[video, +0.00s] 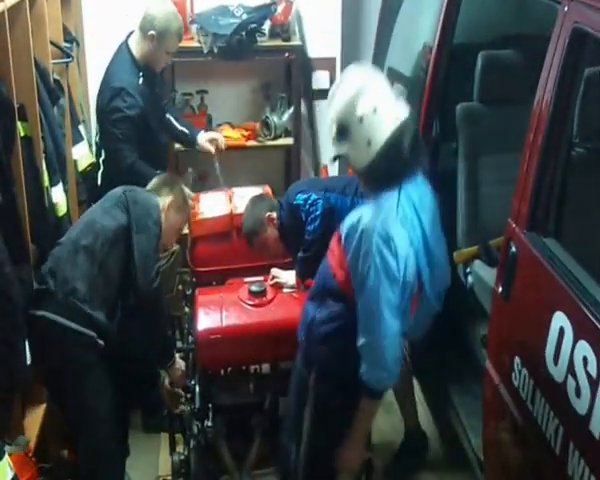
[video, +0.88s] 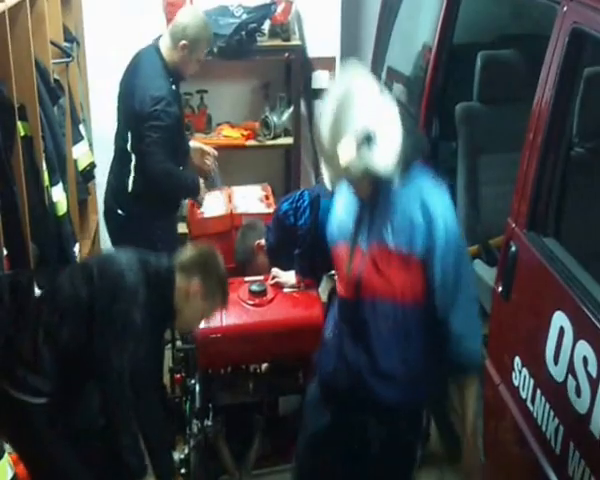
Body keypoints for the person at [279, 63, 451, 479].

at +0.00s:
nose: (339, 153)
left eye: (342, 139)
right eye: (338, 140)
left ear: (361, 139)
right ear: (393, 126)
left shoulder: (376, 229)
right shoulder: (415, 186)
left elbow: (383, 355)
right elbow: (438, 281)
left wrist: (358, 441)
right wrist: (402, 335)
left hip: (337, 362)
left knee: (318, 461)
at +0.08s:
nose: (337, 146)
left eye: (338, 135)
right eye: (336, 135)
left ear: (350, 139)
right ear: (390, 116)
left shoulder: (381, 216)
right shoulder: (407, 169)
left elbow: (370, 343)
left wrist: (334, 428)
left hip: (339, 354)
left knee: (317, 454)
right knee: (337, 441)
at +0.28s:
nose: (316, 119)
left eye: (315, 106)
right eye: (311, 108)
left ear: (333, 94)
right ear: (358, 80)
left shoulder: (380, 179)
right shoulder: (374, 146)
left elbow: (363, 321)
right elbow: (346, 237)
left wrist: (302, 394)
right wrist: (295, 289)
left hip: (376, 354)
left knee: (362, 457)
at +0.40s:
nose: (300, 157)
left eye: (305, 142)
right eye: (299, 144)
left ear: (329, 130)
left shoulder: (378, 197)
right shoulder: (341, 189)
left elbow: (362, 331)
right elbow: (312, 268)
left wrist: (292, 411)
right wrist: (262, 323)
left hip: (404, 359)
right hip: (366, 348)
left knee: (395, 463)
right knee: (359, 457)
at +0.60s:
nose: (309, 175)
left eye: (314, 161)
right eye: (306, 163)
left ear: (340, 145)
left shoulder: (392, 207)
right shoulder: (338, 196)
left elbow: (394, 339)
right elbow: (313, 284)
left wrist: (346, 443)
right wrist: (273, 349)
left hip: (394, 381)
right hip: (354, 366)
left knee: (386, 470)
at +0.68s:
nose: (324, 146)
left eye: (328, 132)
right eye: (316, 135)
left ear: (358, 110)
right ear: (310, 123)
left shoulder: (408, 167)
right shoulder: (336, 175)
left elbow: (432, 303)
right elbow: (332, 275)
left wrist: (418, 424)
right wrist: (315, 347)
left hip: (398, 363)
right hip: (348, 362)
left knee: (387, 466)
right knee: (341, 464)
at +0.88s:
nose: (359, 150)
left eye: (370, 136)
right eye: (348, 138)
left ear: (390, 135)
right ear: (333, 144)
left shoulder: (425, 198)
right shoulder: (342, 195)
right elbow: (343, 279)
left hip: (403, 379)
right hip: (342, 371)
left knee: (388, 468)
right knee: (318, 464)